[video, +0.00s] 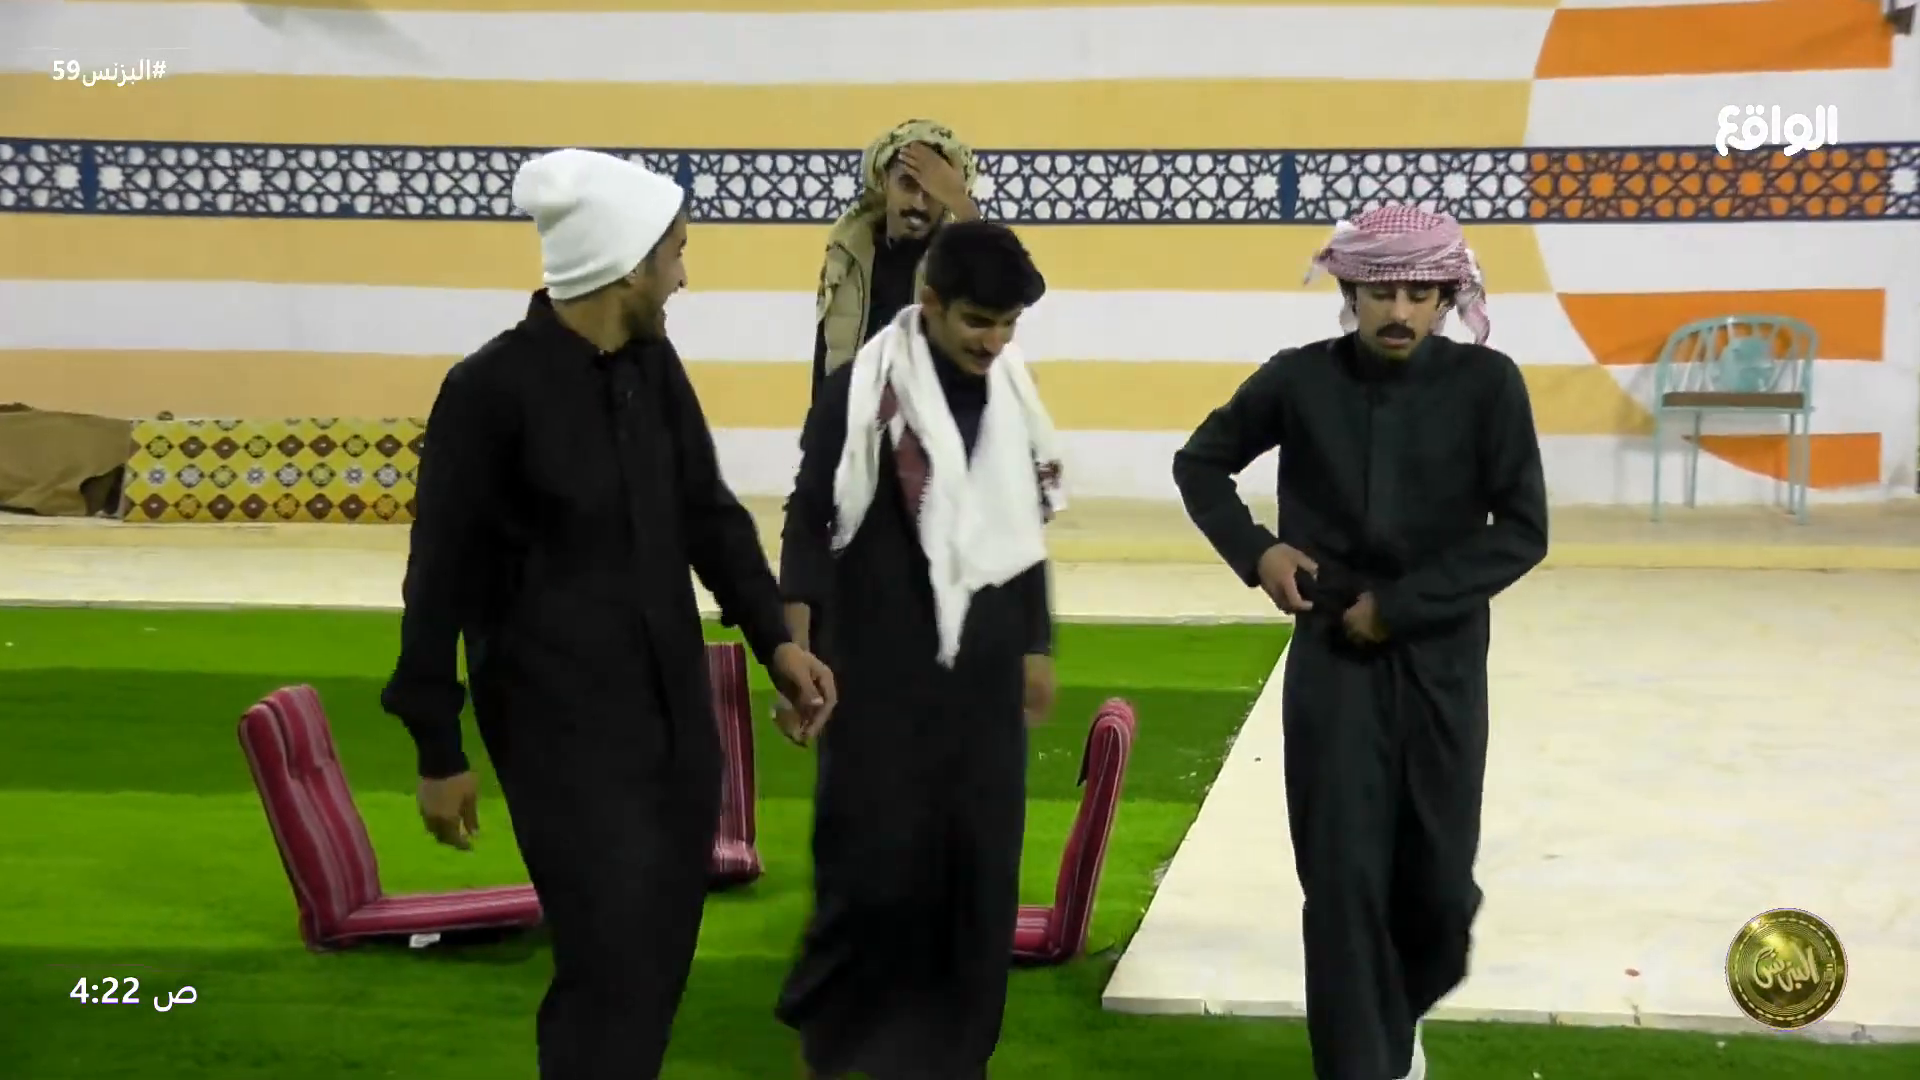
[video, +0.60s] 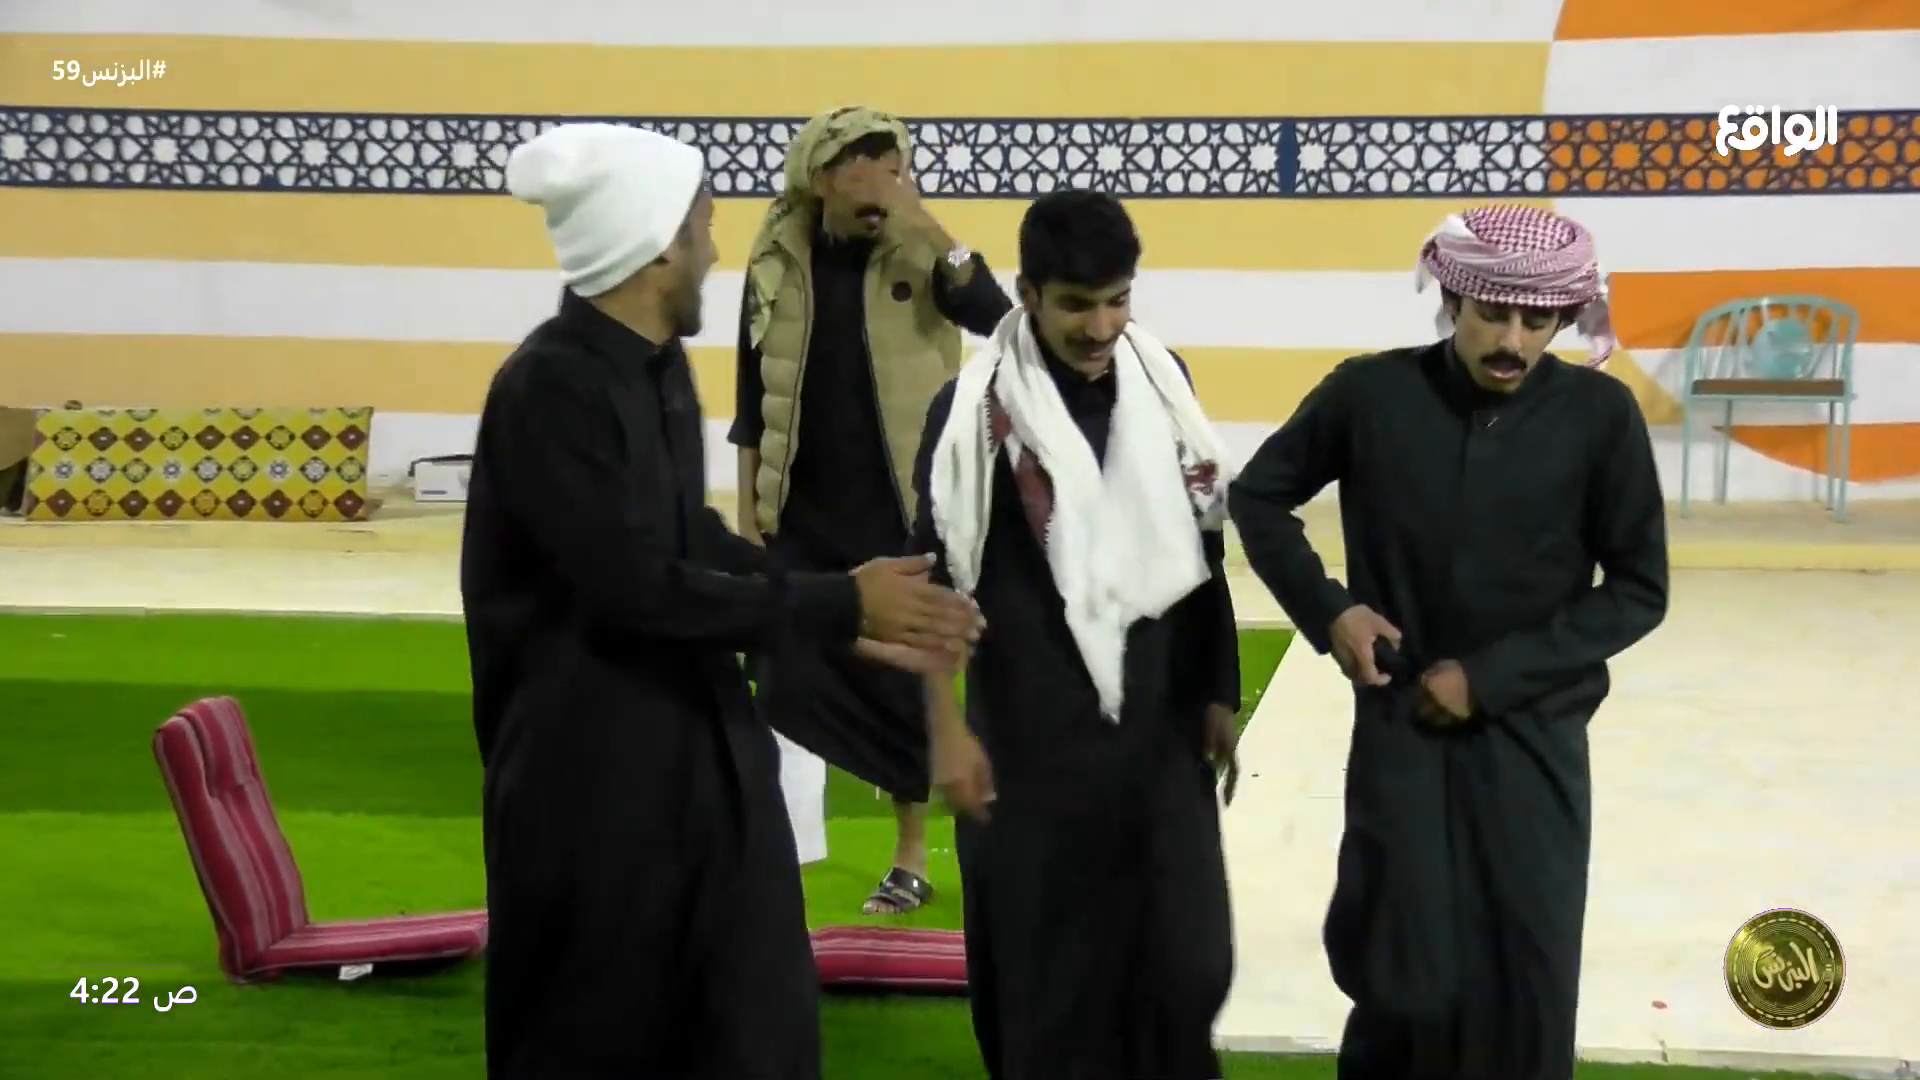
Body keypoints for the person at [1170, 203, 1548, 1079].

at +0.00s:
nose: (1398, 313)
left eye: (1418, 295)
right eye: (1379, 293)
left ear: (1446, 300)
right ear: (1349, 296)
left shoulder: (1490, 384)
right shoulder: (1299, 380)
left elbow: (1523, 534)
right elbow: (1199, 461)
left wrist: (1398, 603)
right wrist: (1257, 550)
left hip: (1445, 668)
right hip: (1334, 666)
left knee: (1441, 895)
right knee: (1343, 889)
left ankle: (1391, 1027)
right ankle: (1360, 1067)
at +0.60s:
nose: (1513, 341)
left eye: (1537, 320)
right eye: (1494, 315)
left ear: (1563, 317)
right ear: (1453, 302)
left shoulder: (1600, 414)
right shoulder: (1369, 393)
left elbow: (1640, 591)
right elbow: (1257, 499)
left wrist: (1487, 676)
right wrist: (1331, 611)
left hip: (1534, 745)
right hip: (1401, 740)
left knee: (1530, 995)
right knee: (1407, 988)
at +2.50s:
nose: (1483, 431)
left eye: (1509, 395)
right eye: (1450, 396)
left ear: (1544, 397)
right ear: (1395, 397)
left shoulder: (1608, 516)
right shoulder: (1292, 516)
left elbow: (1659, 753)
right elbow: (1115, 619)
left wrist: (1457, 860)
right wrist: (1229, 799)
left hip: (1541, 985)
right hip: (1344, 979)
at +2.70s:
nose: (1513, 469)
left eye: (1543, 435)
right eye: (1482, 432)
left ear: (1574, 442)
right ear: (1419, 432)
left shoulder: (1623, 576)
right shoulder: (1303, 557)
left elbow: (1649, 832)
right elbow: (1120, 679)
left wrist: (1442, 928)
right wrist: (1228, 865)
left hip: (1527, 1040)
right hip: (1329, 1033)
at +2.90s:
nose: (1534, 456)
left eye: (1566, 426)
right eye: (1505, 415)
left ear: (1592, 441)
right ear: (1437, 414)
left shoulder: (1638, 570)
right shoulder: (1308, 548)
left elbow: (1673, 816)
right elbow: (1129, 674)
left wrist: (1448, 897)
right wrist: (1232, 852)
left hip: (1545, 1032)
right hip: (1350, 1028)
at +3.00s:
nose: (1519, 447)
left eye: (1549, 415)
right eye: (1488, 409)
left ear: (1582, 424)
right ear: (1423, 409)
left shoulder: (1640, 550)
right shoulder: (1306, 542)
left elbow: (1682, 799)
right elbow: (1137, 675)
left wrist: (1456, 878)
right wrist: (1239, 845)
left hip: (1549, 1022)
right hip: (1354, 1017)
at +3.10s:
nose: (1500, 463)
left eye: (1530, 424)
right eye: (1465, 427)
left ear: (1569, 427)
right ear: (1405, 428)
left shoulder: (1645, 559)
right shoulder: (1310, 564)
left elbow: (1705, 810)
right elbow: (1164, 688)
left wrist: (1471, 894)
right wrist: (1253, 859)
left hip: (1551, 1036)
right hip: (1350, 1031)